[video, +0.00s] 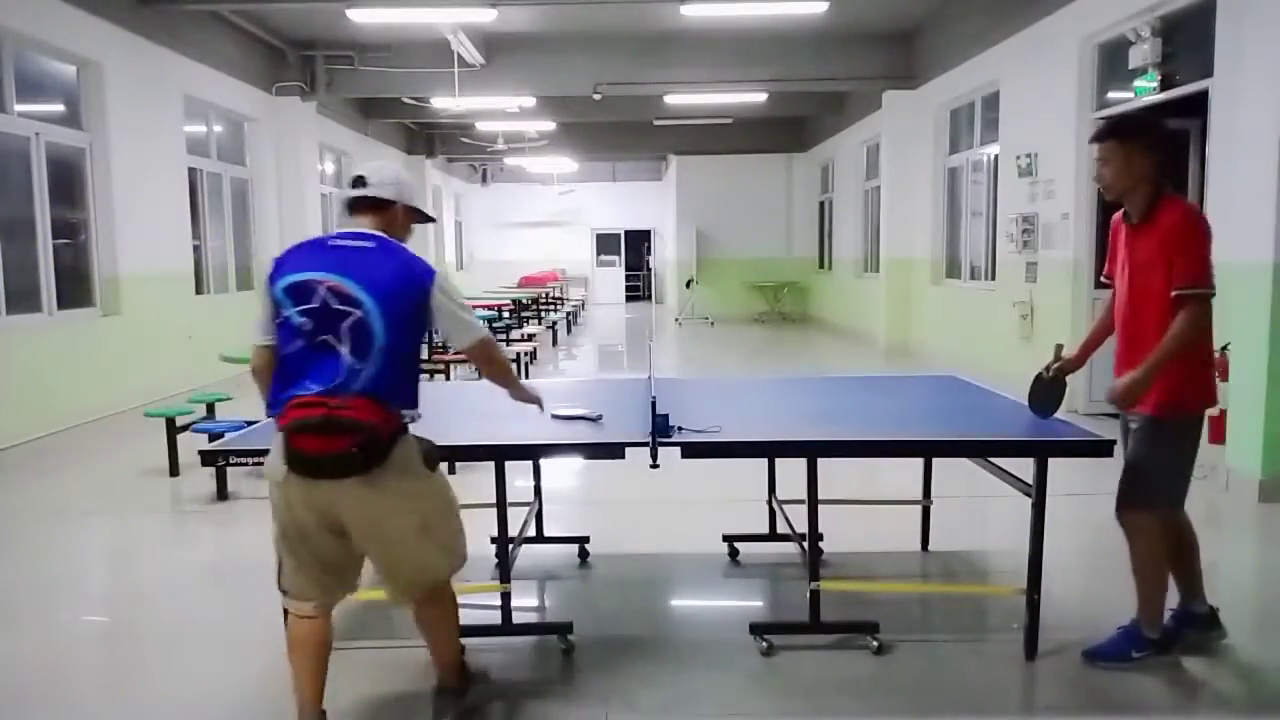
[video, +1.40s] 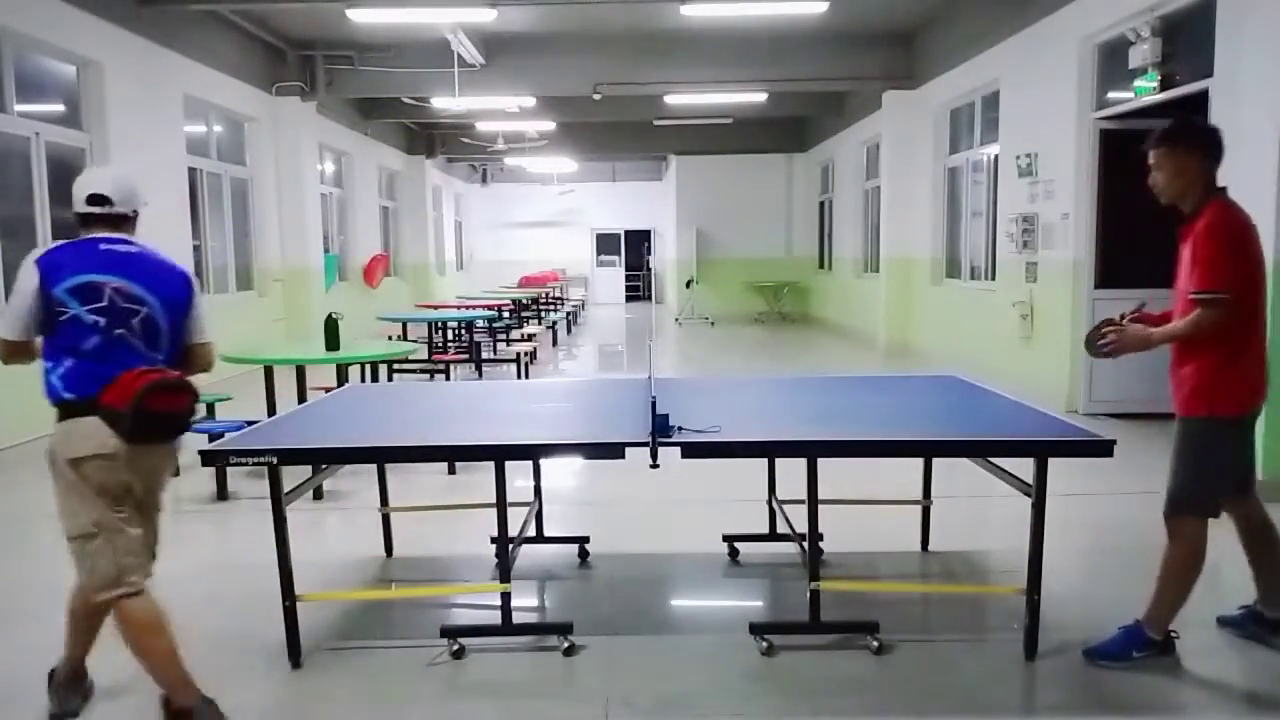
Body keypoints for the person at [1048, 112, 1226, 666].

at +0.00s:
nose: (1097, 173)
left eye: (1106, 161)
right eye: (1096, 162)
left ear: (1142, 162)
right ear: (1125, 166)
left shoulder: (1183, 221)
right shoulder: (1120, 224)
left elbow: (1194, 315)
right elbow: (1119, 302)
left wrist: (1138, 375)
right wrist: (1079, 354)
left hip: (1176, 393)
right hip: (1141, 390)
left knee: (1136, 507)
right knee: (1162, 505)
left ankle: (1148, 628)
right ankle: (1197, 612)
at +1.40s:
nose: (1149, 179)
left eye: (1157, 167)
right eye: (1149, 168)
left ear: (1192, 165)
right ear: (1190, 169)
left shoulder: (1217, 226)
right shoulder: (1205, 224)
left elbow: (1213, 314)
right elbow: (1196, 305)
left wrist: (1148, 337)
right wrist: (1148, 321)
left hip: (1213, 398)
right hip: (1225, 395)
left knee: (1186, 515)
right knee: (1241, 499)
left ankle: (1154, 630)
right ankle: (1271, 608)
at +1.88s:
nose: (1218, 186)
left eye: (1222, 173)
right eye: (1215, 176)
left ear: (1254, 166)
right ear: (1253, 170)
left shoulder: (1268, 219)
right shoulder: (1261, 218)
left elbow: (1255, 298)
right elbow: (1253, 296)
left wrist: (1195, 301)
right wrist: (1202, 296)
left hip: (1253, 397)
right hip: (1259, 394)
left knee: (1214, 507)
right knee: (1270, 504)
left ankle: (1189, 619)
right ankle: (1274, 610)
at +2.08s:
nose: (1229, 182)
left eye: (1234, 170)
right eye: (1227, 172)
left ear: (1265, 165)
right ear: (1263, 169)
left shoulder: (1272, 220)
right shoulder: (1269, 219)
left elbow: (1258, 301)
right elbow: (1258, 298)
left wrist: (1204, 318)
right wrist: (1211, 311)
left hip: (1255, 394)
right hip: (1263, 392)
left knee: (1216, 504)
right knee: (1274, 501)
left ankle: (1194, 618)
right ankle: (1275, 609)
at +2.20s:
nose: (1232, 180)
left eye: (1238, 168)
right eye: (1230, 170)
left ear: (1268, 164)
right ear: (1265, 168)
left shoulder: (1272, 220)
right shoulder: (1270, 218)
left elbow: (1256, 302)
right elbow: (1255, 300)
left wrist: (1203, 328)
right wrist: (1208, 322)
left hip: (1255, 392)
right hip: (1265, 390)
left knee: (1215, 500)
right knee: (1273, 499)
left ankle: (1200, 618)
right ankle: (1275, 609)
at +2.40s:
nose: (1233, 180)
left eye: (1239, 168)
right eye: (1231, 170)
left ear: (1269, 164)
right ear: (1268, 167)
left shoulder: (1270, 219)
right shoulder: (1274, 218)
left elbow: (1254, 301)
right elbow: (1261, 301)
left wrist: (1207, 328)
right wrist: (1222, 334)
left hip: (1255, 390)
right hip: (1270, 389)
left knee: (1217, 498)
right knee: (1274, 495)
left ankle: (1213, 619)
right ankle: (1276, 607)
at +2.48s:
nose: (1235, 182)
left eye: (1241, 170)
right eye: (1233, 171)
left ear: (1269, 165)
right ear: (1270, 168)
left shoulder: (1269, 219)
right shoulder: (1274, 217)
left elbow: (1238, 298)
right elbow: (1257, 296)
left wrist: (1194, 314)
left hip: (1255, 387)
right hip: (1272, 387)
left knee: (1216, 497)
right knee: (1274, 493)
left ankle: (1217, 618)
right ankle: (1276, 607)